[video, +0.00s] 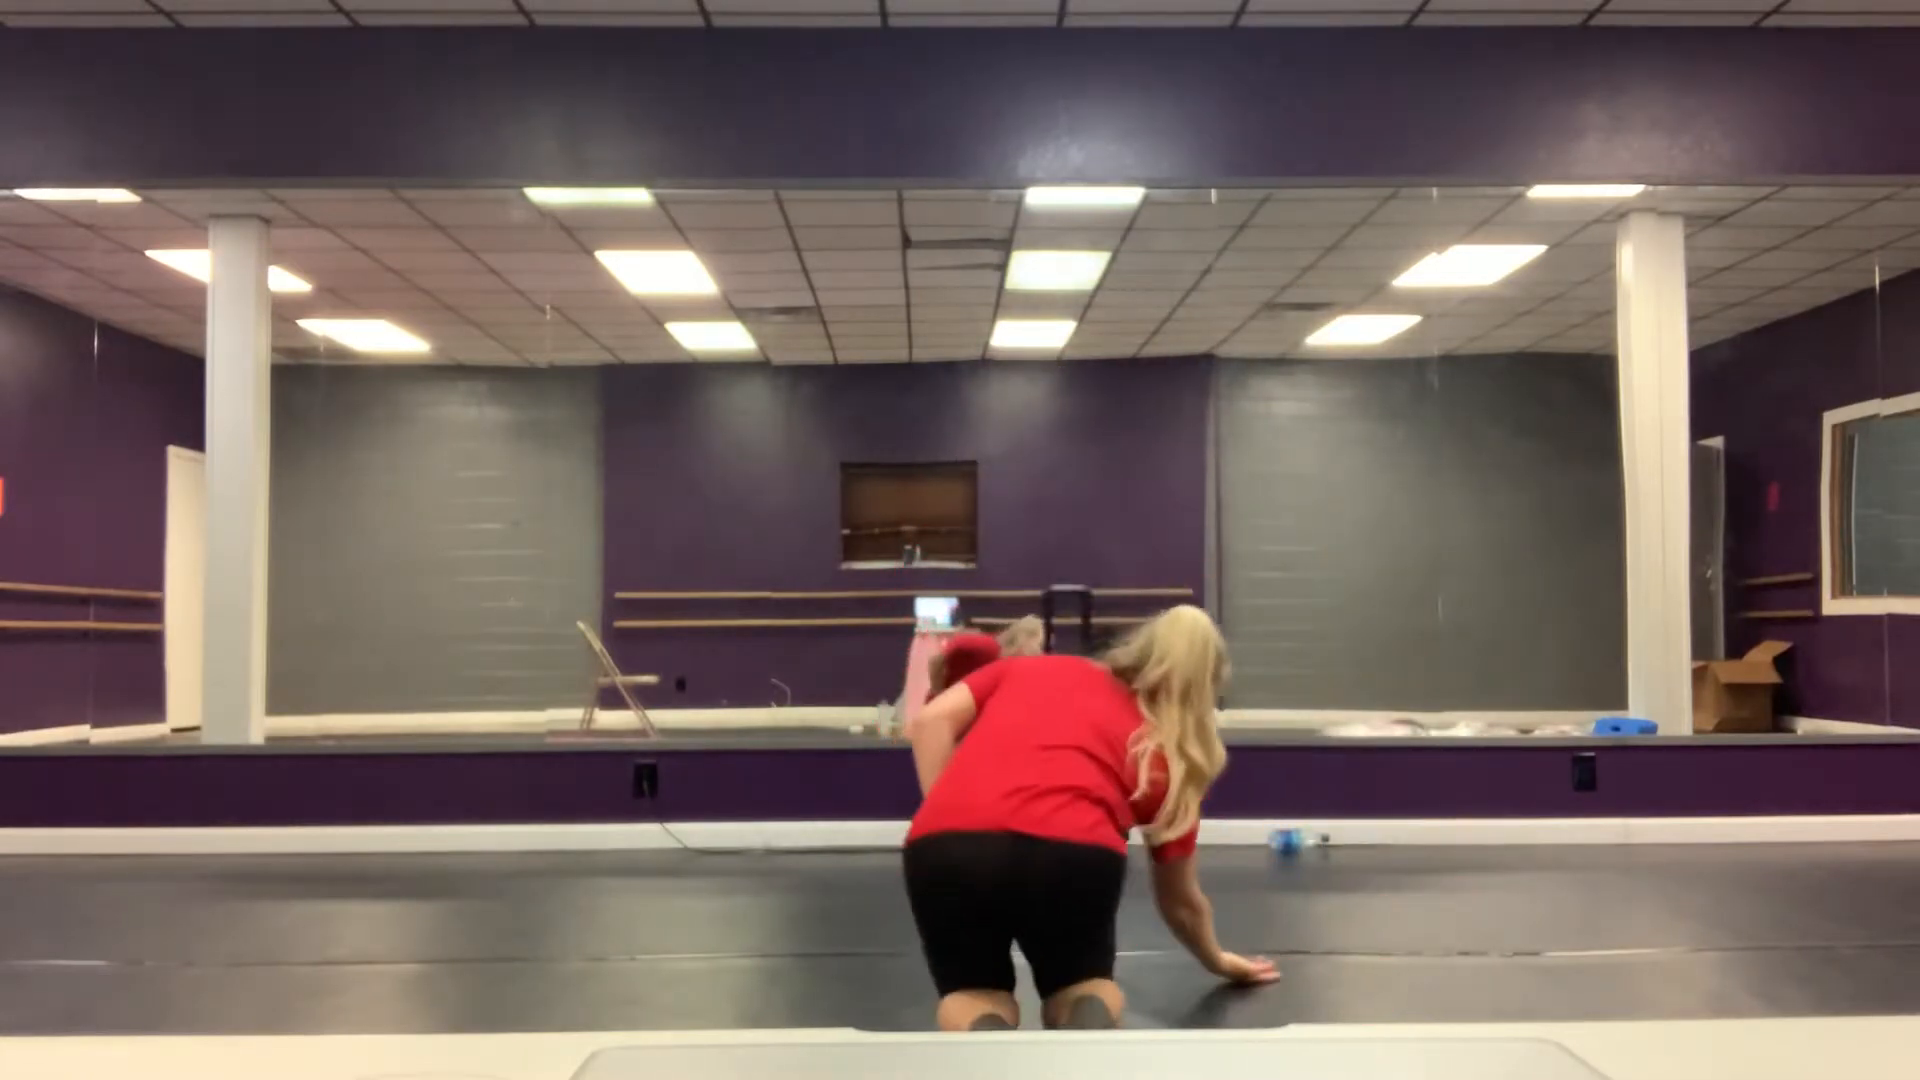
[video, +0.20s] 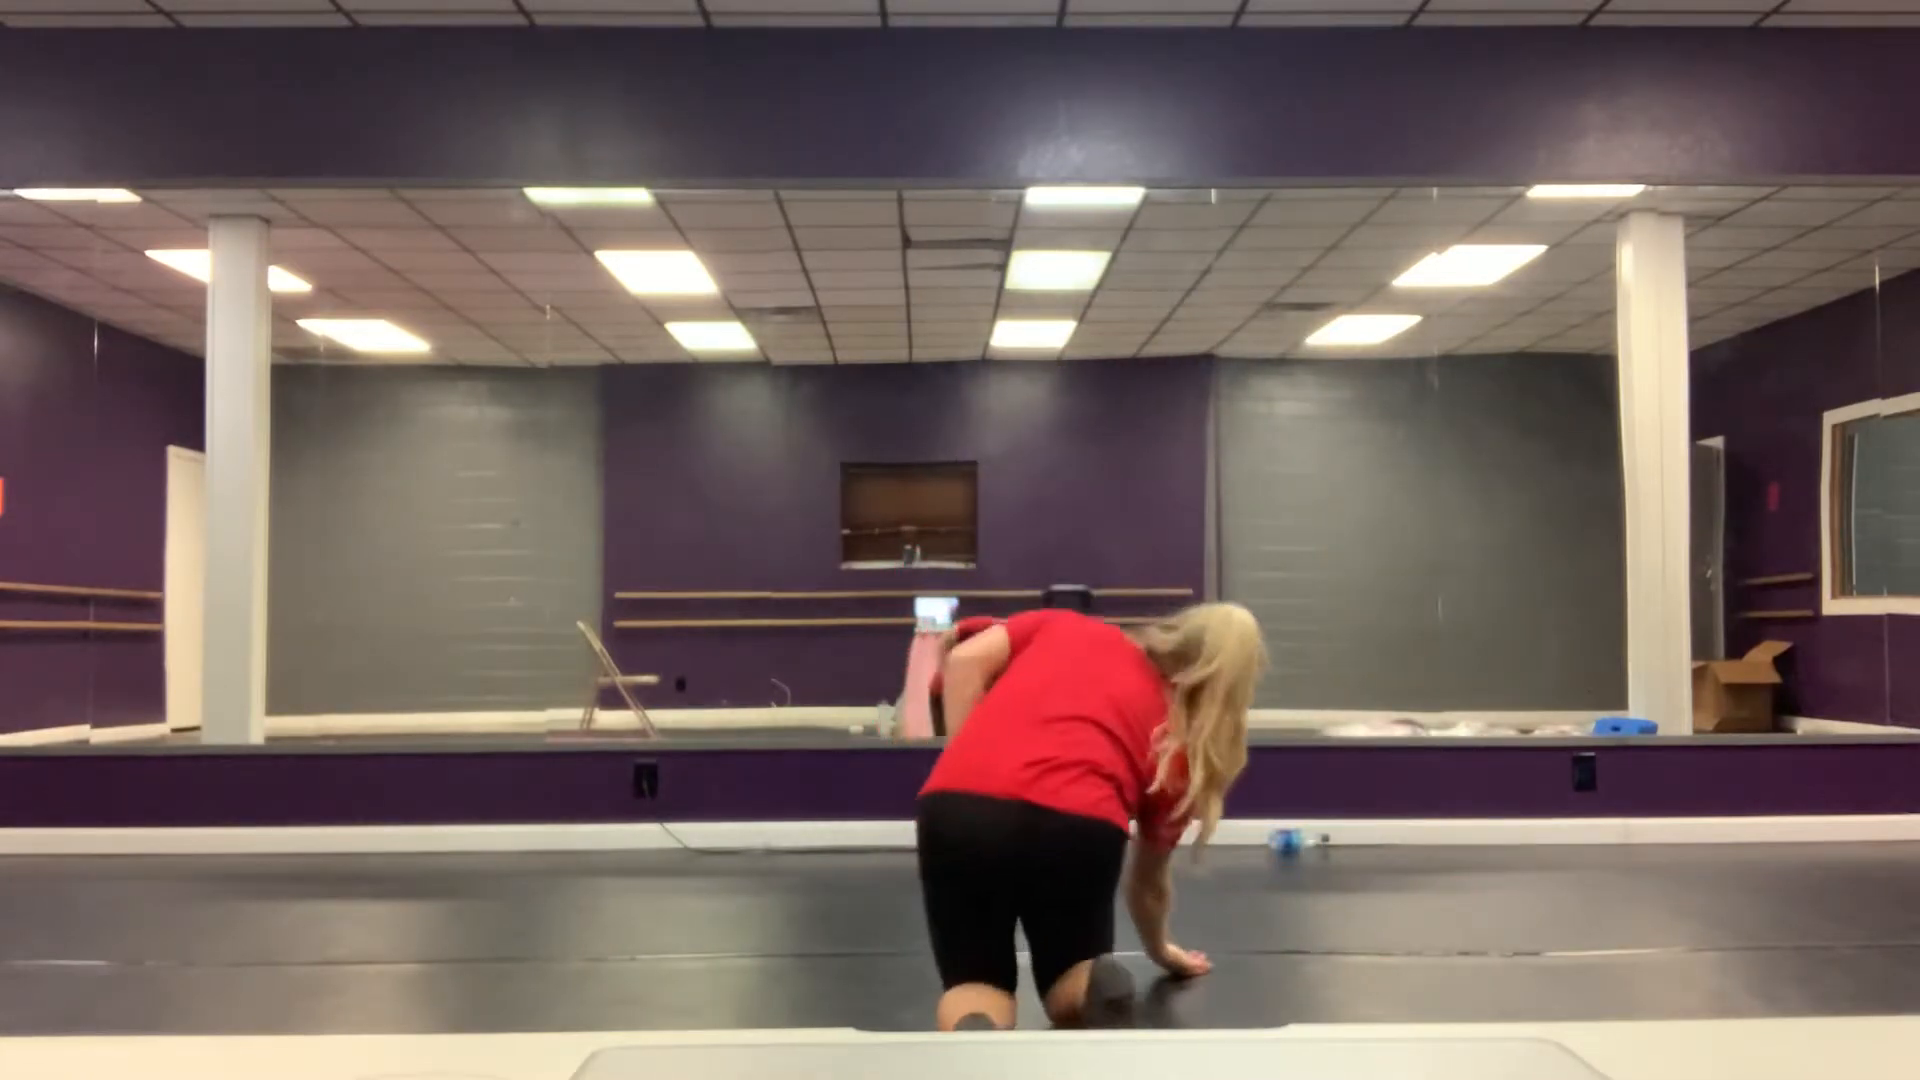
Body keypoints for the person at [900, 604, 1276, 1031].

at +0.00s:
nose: (1212, 698)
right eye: (1212, 684)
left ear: (1135, 651)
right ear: (1199, 684)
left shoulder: (1024, 668)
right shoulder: (1164, 742)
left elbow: (931, 722)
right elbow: (1179, 900)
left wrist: (950, 822)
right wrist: (1217, 960)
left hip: (947, 848)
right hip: (1073, 856)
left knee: (974, 989)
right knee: (1080, 985)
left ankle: (981, 1037)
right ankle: (1090, 1021)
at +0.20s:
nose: (1239, 701)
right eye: (1239, 687)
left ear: (1172, 633)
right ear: (1224, 684)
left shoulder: (1066, 625)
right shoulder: (1179, 737)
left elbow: (965, 660)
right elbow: (1147, 883)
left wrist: (969, 765)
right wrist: (1161, 950)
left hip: (958, 809)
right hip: (1077, 826)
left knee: (974, 981)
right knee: (1068, 985)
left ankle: (973, 1042)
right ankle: (1102, 997)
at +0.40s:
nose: (1218, 695)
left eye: (1227, 686)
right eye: (1225, 682)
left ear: (1175, 617)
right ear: (1220, 669)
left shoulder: (1086, 593)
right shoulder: (1173, 733)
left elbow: (992, 611)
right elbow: (1132, 859)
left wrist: (966, 725)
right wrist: (1118, 944)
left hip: (978, 778)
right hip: (1089, 813)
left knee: (922, 921)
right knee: (1070, 993)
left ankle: (941, 972)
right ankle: (1115, 981)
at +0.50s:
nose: (1204, 677)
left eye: (1210, 669)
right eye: (1208, 666)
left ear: (1163, 596)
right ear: (1200, 651)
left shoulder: (1081, 582)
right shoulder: (1165, 710)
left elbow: (995, 604)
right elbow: (1122, 847)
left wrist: (958, 715)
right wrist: (1098, 943)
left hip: (985, 770)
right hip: (1088, 818)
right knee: (1069, 992)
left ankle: (914, 936)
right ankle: (1114, 982)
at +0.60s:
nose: (1184, 650)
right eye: (1189, 637)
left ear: (1143, 574)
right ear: (1183, 633)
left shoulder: (1074, 564)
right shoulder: (1152, 686)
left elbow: (996, 587)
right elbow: (1121, 819)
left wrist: (950, 704)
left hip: (985, 766)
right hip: (1083, 818)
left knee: (851, 789)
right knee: (1070, 992)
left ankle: (853, 967)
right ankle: (1115, 981)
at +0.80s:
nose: (1148, 600)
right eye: (1152, 589)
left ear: (1088, 528)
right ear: (1144, 581)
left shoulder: (1031, 529)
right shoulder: (1123, 649)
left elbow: (977, 559)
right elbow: (1118, 805)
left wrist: (912, 676)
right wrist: (1061, 930)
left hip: (961, 765)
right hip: (1059, 809)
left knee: (812, 773)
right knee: (1071, 994)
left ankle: (775, 983)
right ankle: (1136, 979)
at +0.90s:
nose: (1122, 570)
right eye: (1124, 557)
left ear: (1057, 502)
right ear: (1117, 549)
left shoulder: (987, 516)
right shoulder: (1103, 619)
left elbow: (946, 559)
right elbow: (1132, 746)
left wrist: (874, 680)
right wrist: (1096, 874)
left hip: (935, 774)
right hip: (1034, 805)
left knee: (799, 775)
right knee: (1066, 995)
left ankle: (775, 984)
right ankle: (1177, 993)